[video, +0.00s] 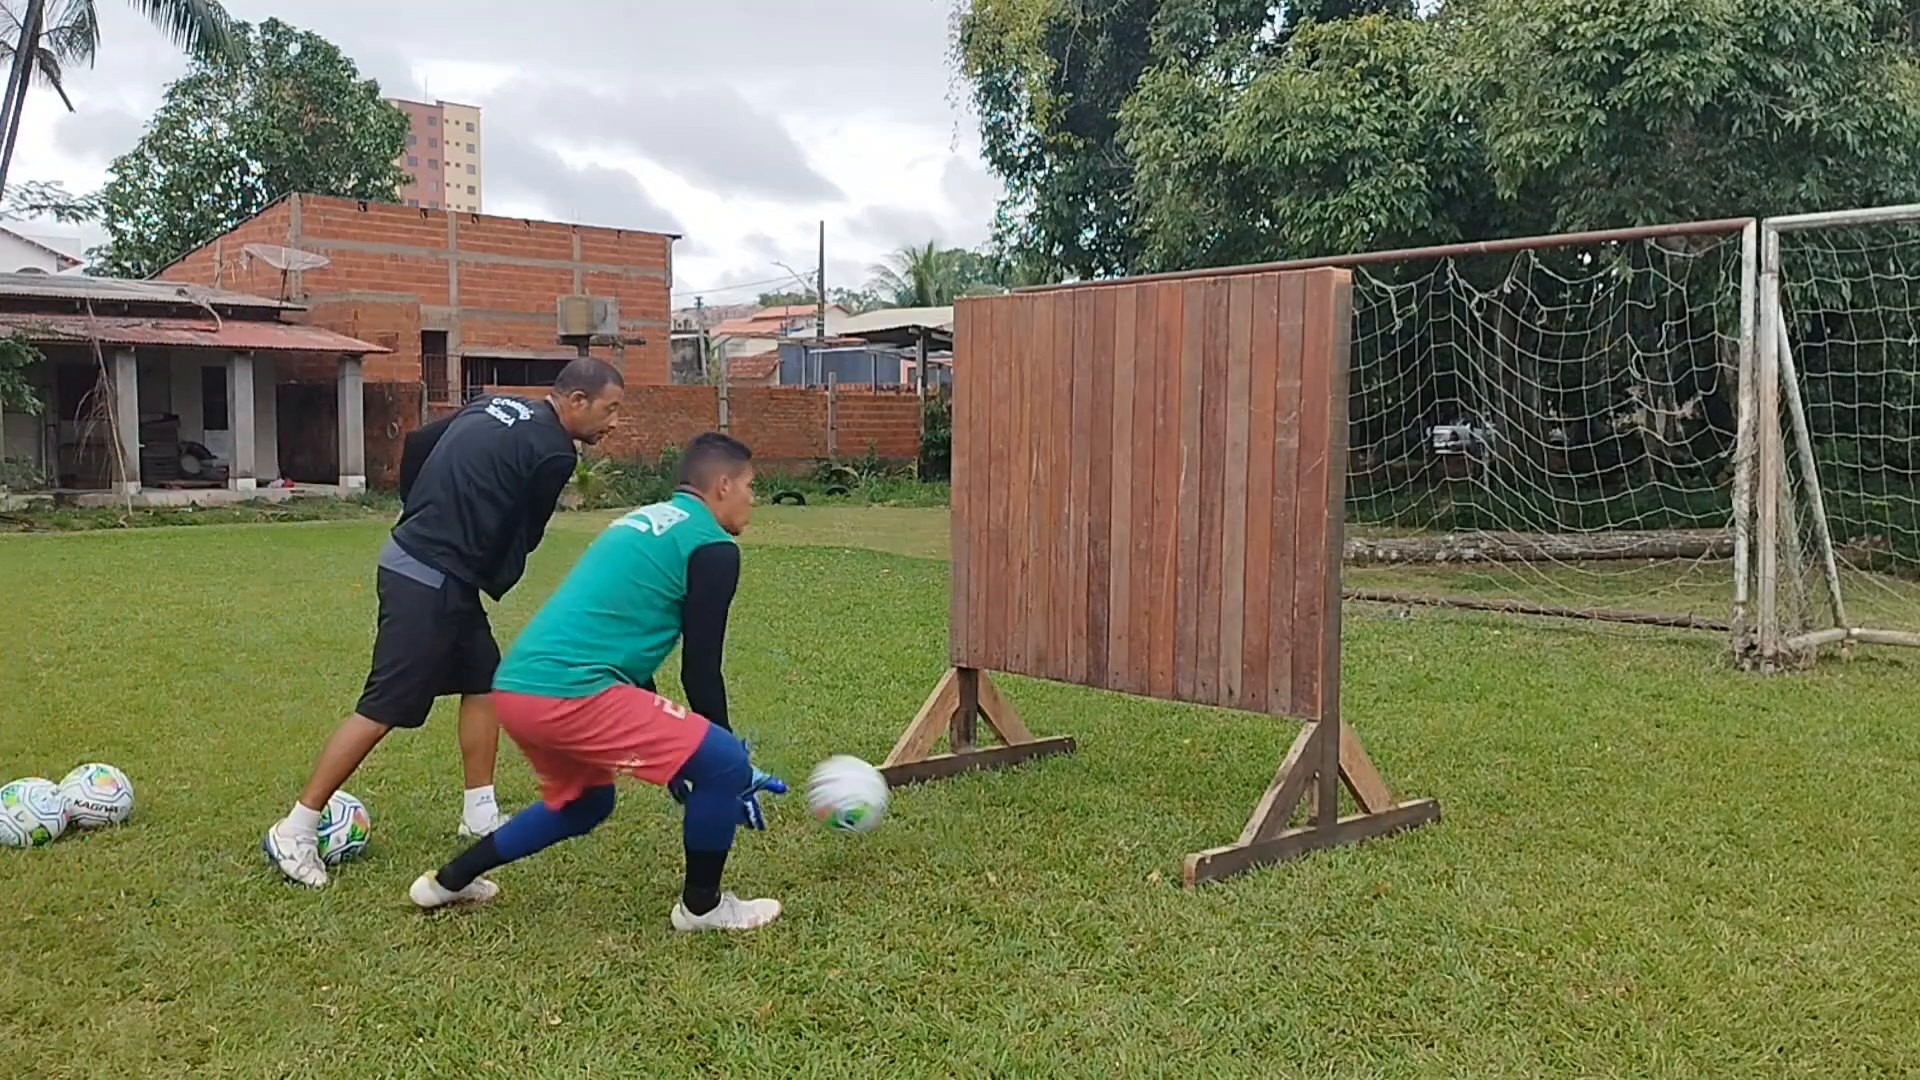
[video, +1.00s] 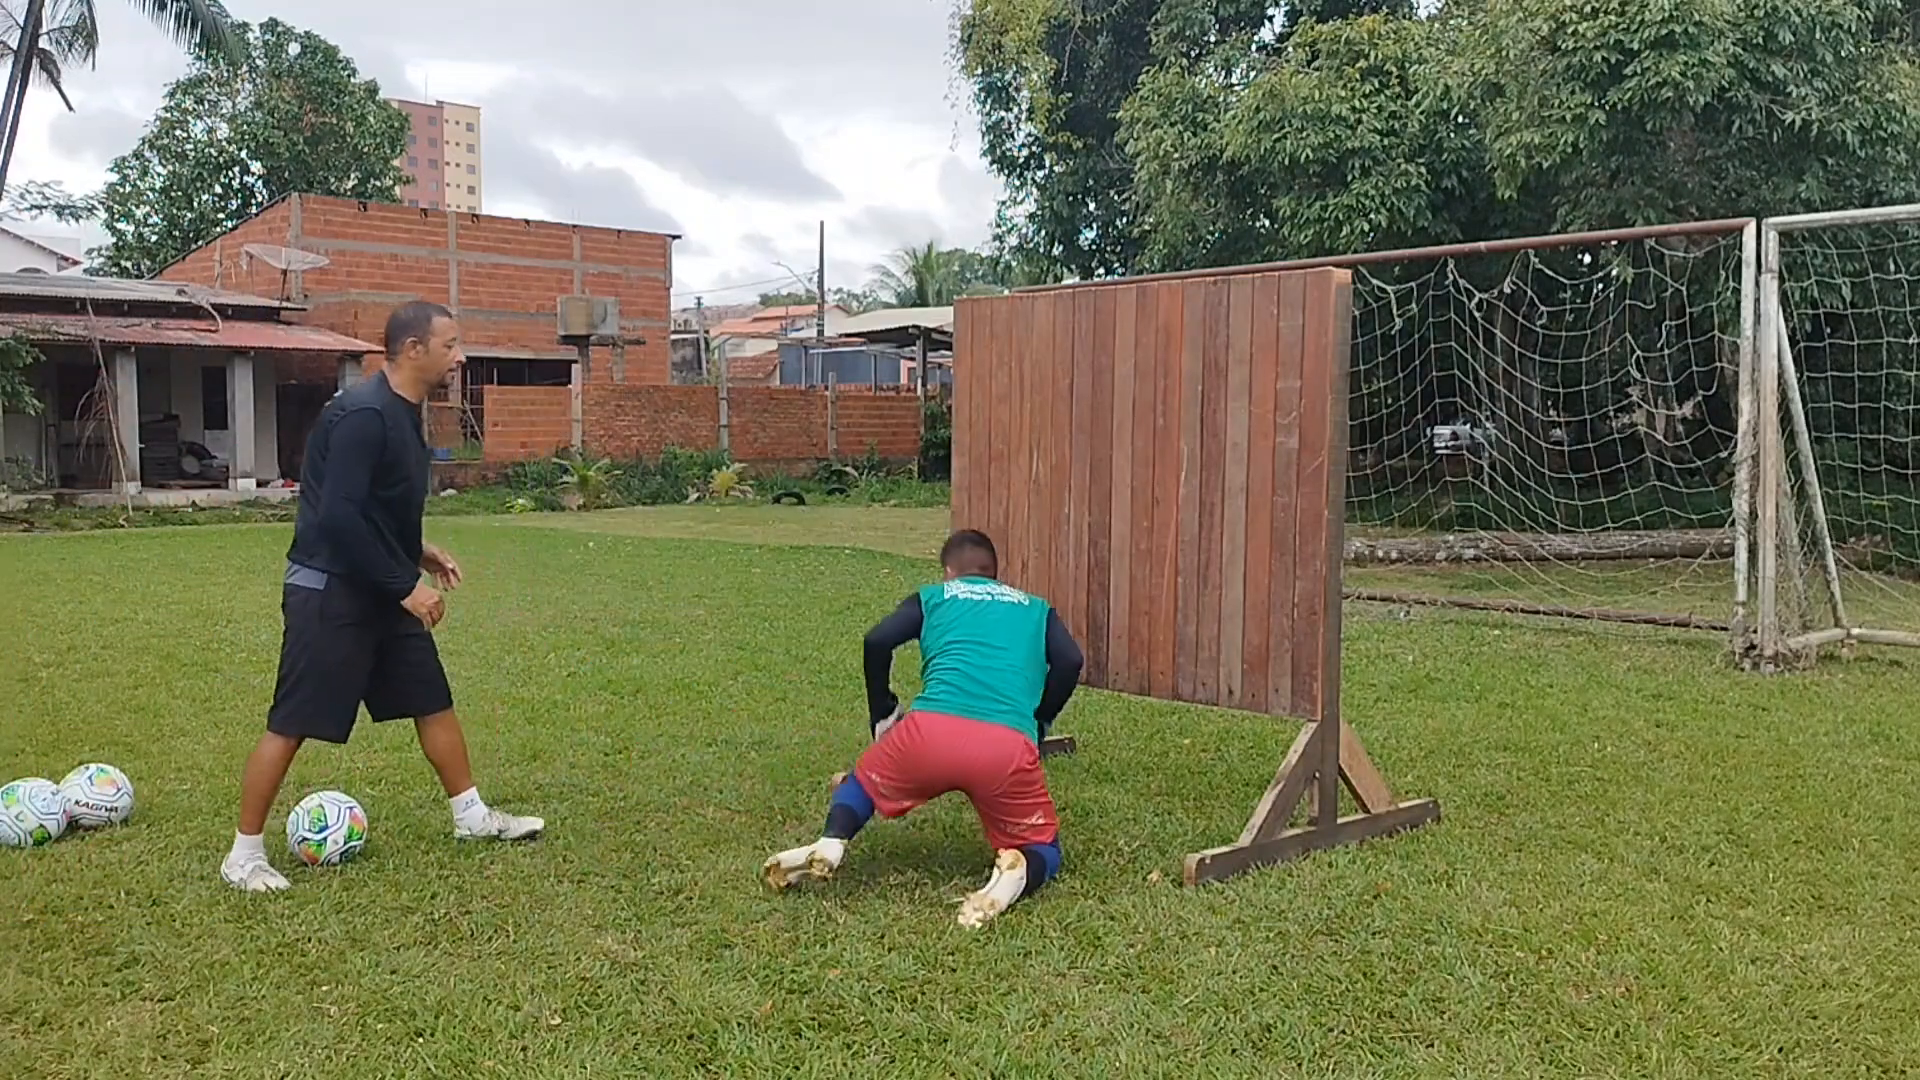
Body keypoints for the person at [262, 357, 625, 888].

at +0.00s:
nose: (611, 421)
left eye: (615, 411)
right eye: (608, 409)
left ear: (564, 396)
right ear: (575, 400)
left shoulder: (495, 406)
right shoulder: (556, 451)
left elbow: (418, 441)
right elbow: (524, 535)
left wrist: (419, 512)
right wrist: (485, 574)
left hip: (431, 573)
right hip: (428, 579)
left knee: (482, 682)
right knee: (385, 706)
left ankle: (480, 817)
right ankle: (294, 831)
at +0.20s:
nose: (612, 423)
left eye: (616, 413)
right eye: (608, 410)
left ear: (568, 399)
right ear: (573, 399)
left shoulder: (503, 409)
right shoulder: (551, 448)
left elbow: (425, 451)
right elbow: (503, 539)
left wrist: (415, 522)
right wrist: (511, 603)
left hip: (445, 579)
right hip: (422, 578)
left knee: (486, 683)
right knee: (385, 706)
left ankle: (480, 816)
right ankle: (293, 831)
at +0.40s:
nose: (603, 411)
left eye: (605, 400)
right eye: (596, 398)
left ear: (554, 395)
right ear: (557, 393)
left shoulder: (507, 417)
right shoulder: (527, 440)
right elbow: (491, 524)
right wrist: (524, 613)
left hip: (449, 583)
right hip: (409, 577)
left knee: (487, 685)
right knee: (374, 706)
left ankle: (480, 818)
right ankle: (289, 836)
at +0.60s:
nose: (582, 393)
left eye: (583, 382)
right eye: (574, 381)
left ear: (535, 380)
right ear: (535, 378)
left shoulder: (502, 422)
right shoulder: (494, 426)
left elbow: (456, 496)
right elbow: (451, 510)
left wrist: (492, 546)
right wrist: (485, 602)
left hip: (441, 577)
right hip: (396, 573)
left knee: (480, 682)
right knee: (363, 701)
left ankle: (480, 817)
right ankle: (286, 834)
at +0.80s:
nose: (535, 373)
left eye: (534, 362)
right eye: (527, 362)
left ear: (491, 366)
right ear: (489, 363)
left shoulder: (471, 420)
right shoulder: (441, 419)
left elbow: (436, 505)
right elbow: (403, 511)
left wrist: (469, 556)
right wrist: (441, 599)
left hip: (424, 586)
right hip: (375, 583)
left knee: (476, 686)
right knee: (340, 711)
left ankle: (480, 817)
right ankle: (258, 839)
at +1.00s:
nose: (457, 357)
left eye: (457, 346)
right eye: (449, 346)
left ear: (417, 350)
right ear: (413, 349)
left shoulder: (403, 413)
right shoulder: (362, 416)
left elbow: (375, 504)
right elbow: (339, 517)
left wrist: (419, 548)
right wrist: (405, 587)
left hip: (380, 593)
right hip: (327, 593)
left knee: (431, 699)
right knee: (290, 721)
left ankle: (472, 817)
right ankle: (244, 854)